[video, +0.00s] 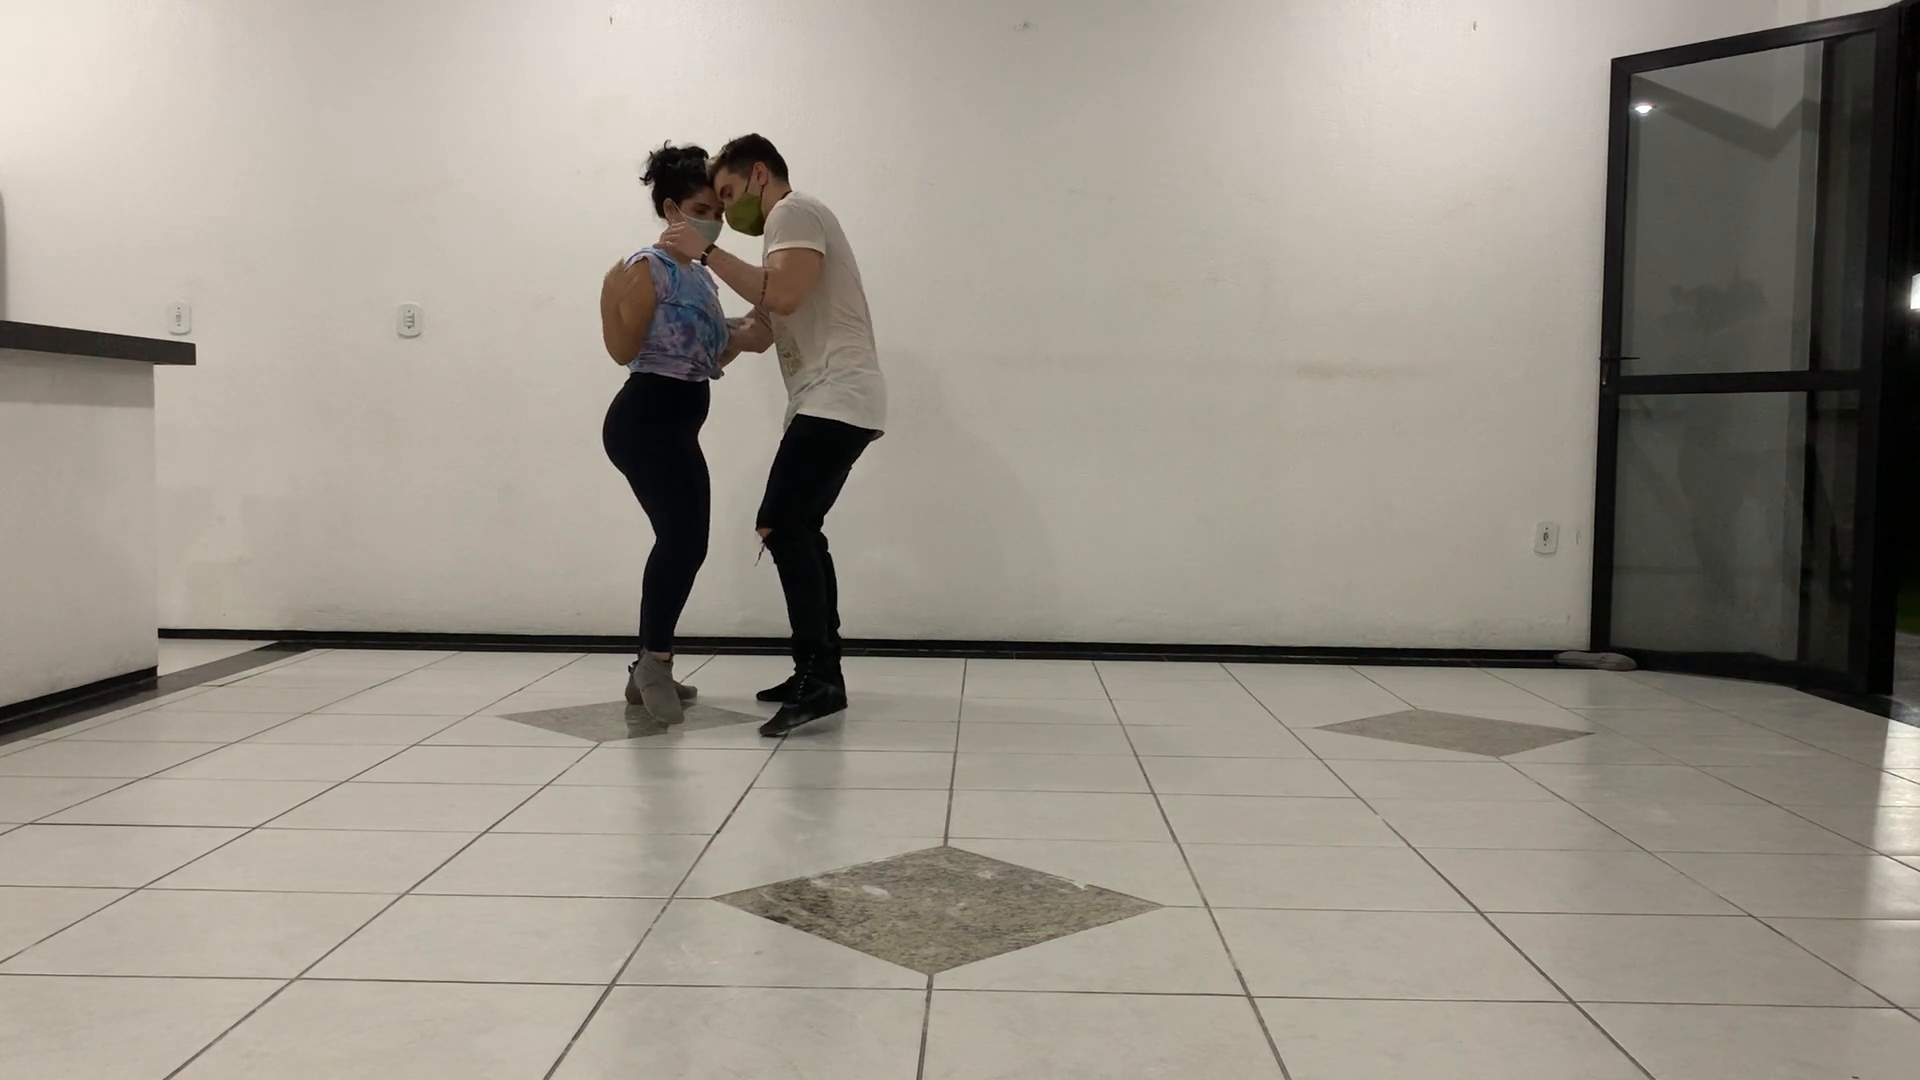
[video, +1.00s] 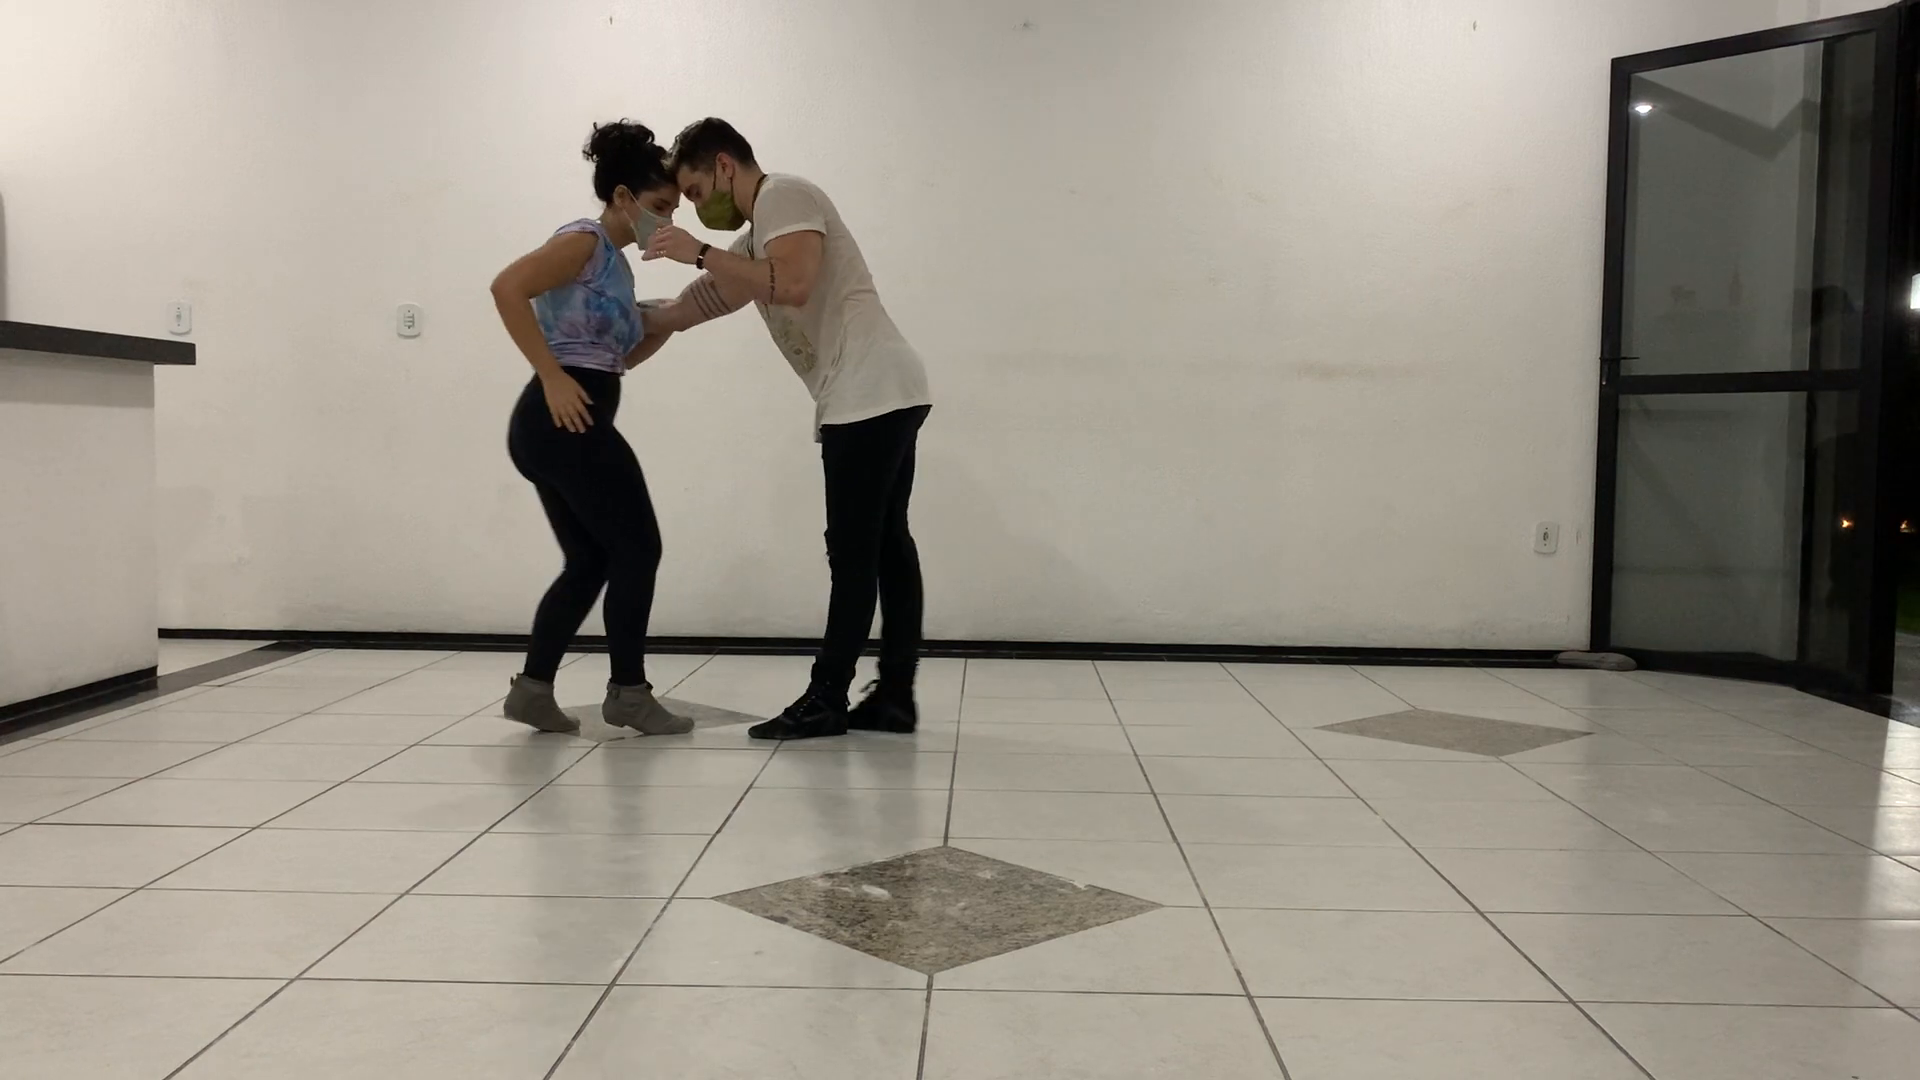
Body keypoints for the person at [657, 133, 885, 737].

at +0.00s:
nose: (726, 206)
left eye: (728, 191)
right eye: (720, 198)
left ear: (761, 174)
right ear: (763, 181)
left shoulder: (797, 212)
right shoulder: (789, 228)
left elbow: (784, 293)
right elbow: (760, 335)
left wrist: (706, 250)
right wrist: (689, 324)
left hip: (839, 397)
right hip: (828, 399)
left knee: (784, 523)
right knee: (794, 527)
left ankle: (821, 678)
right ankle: (816, 669)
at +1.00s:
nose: (694, 204)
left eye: (694, 188)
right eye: (688, 195)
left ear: (727, 164)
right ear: (726, 172)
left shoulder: (784, 197)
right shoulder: (760, 242)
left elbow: (793, 284)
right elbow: (682, 309)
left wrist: (698, 253)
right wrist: (592, 315)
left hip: (867, 395)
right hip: (878, 394)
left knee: (851, 548)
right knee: (892, 543)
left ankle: (825, 700)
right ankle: (895, 696)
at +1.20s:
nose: (683, 203)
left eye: (684, 185)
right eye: (676, 193)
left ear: (714, 160)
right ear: (714, 169)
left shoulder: (778, 193)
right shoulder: (745, 240)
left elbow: (801, 275)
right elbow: (675, 310)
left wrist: (705, 250)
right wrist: (590, 320)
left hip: (855, 396)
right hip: (853, 397)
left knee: (835, 546)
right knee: (873, 536)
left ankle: (825, 699)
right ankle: (963, 665)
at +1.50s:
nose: (670, 201)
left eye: (671, 185)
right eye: (664, 191)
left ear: (704, 160)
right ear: (702, 168)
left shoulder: (773, 195)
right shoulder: (726, 240)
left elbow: (800, 280)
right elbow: (665, 328)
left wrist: (704, 246)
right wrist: (578, 347)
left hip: (836, 395)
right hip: (788, 401)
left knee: (798, 540)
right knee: (729, 512)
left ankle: (824, 702)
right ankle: (873, 496)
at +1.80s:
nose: (653, 192)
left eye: (655, 175)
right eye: (646, 181)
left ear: (691, 153)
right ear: (685, 160)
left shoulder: (759, 195)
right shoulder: (695, 240)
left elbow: (787, 286)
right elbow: (646, 333)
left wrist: (695, 257)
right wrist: (563, 337)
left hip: (794, 402)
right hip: (732, 409)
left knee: (778, 551)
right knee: (681, 537)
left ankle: (812, 698)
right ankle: (644, 677)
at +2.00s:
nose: (632, 185)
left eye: (635, 168)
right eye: (624, 174)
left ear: (671, 144)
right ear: (659, 155)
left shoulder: (744, 193)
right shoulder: (665, 235)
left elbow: (782, 286)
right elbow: (626, 328)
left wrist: (691, 272)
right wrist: (540, 318)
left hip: (773, 400)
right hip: (706, 414)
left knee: (781, 548)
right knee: (684, 547)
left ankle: (810, 696)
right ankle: (648, 687)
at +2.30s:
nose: (634, 147)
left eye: (642, 134)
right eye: (631, 136)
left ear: (685, 130)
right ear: (672, 135)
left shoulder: (748, 195)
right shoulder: (656, 230)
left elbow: (788, 290)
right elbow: (617, 319)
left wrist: (696, 289)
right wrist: (543, 322)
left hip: (762, 402)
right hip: (692, 415)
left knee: (790, 547)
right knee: (681, 554)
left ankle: (813, 697)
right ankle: (650, 687)